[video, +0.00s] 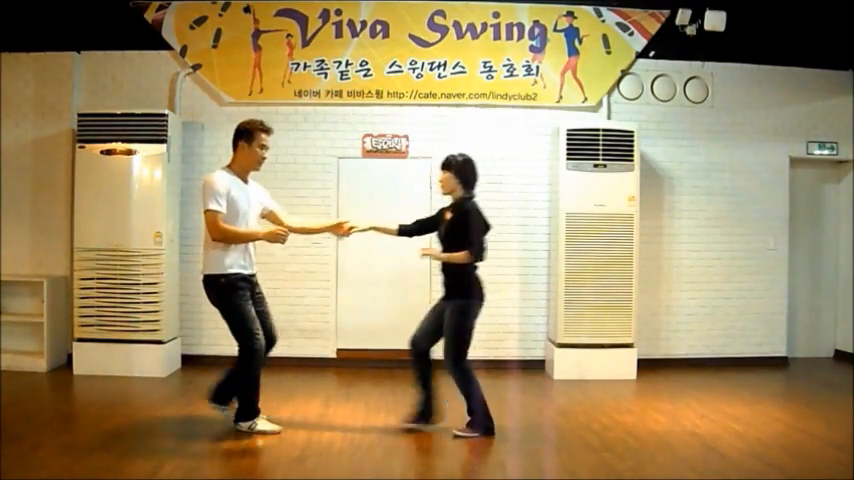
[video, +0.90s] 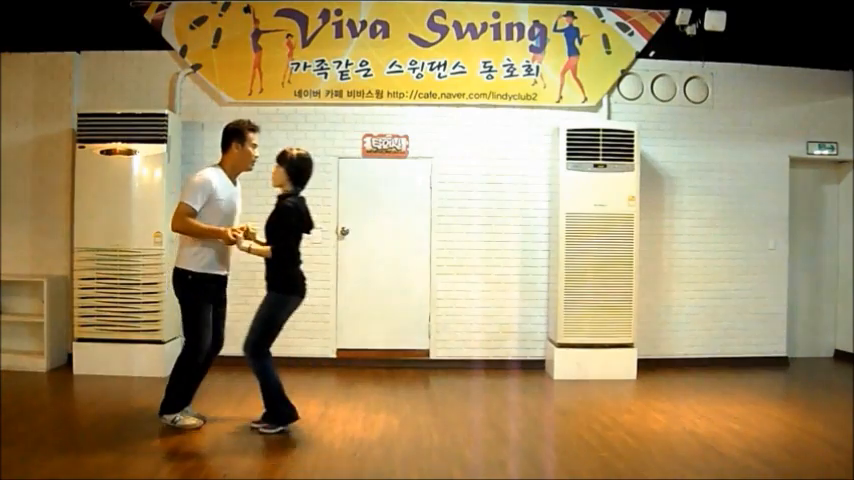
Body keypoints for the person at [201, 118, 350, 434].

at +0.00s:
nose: (266, 154)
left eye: (267, 148)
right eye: (262, 147)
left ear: (251, 149)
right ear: (241, 146)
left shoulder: (253, 189)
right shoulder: (216, 182)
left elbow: (286, 226)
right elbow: (216, 232)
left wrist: (329, 227)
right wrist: (263, 234)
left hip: (246, 276)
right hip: (222, 278)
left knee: (266, 338)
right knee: (253, 342)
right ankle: (247, 416)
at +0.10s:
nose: (259, 155)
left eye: (260, 149)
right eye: (255, 148)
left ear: (245, 151)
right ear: (234, 147)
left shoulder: (249, 192)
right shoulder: (211, 185)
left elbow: (272, 233)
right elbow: (212, 237)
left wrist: (314, 236)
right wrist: (258, 241)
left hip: (240, 279)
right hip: (217, 280)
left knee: (242, 345)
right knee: (250, 341)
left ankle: (188, 394)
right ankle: (247, 417)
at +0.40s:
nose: (246, 153)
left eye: (247, 147)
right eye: (242, 145)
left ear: (228, 148)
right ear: (222, 145)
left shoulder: (233, 186)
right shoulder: (197, 181)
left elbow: (241, 233)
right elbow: (194, 233)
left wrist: (276, 235)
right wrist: (240, 235)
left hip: (214, 274)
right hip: (193, 274)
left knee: (197, 344)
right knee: (220, 337)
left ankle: (169, 408)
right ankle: (201, 410)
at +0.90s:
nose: (256, 155)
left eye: (256, 148)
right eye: (252, 147)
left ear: (236, 149)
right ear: (232, 147)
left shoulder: (233, 186)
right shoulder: (205, 179)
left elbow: (217, 226)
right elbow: (178, 222)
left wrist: (239, 232)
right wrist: (221, 233)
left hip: (215, 278)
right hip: (192, 276)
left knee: (214, 343)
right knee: (198, 343)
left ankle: (180, 405)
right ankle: (171, 410)